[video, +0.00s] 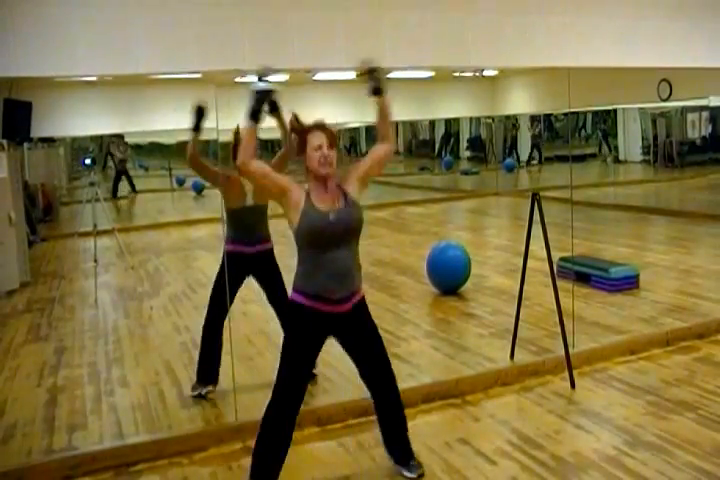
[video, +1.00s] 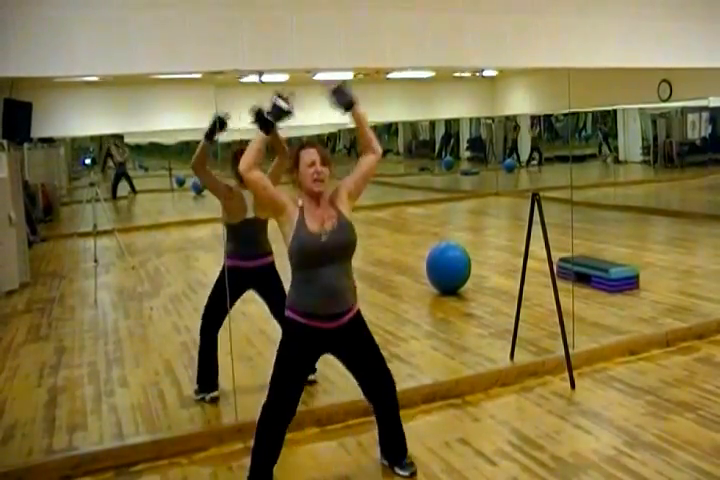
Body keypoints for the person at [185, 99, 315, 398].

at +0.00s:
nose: (238, 152)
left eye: (237, 147)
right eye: (241, 147)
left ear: (233, 152)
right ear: (255, 153)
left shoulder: (226, 179)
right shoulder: (267, 175)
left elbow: (193, 160)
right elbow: (289, 146)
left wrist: (196, 127)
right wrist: (279, 115)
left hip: (236, 257)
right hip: (264, 255)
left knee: (215, 316)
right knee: (285, 310)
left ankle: (207, 380)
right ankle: (304, 368)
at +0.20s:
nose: (239, 151)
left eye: (239, 147)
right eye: (243, 146)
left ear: (230, 152)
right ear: (254, 152)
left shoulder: (223, 176)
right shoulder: (265, 173)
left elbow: (190, 160)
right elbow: (292, 151)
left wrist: (189, 129)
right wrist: (292, 120)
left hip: (234, 254)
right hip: (262, 252)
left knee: (215, 316)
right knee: (284, 308)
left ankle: (205, 380)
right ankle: (304, 365)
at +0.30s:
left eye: (237, 135)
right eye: (250, 136)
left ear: (232, 141)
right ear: (255, 141)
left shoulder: (224, 170)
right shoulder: (268, 167)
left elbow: (194, 181)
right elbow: (296, 178)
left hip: (233, 238)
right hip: (260, 236)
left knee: (225, 302)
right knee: (276, 298)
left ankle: (219, 369)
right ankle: (294, 358)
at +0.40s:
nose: (248, 148)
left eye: (238, 143)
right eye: (250, 143)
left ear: (231, 147)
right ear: (253, 146)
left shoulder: (225, 179)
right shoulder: (267, 176)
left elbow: (207, 214)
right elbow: (284, 205)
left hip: (232, 247)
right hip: (261, 245)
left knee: (233, 309)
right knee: (266, 303)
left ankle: (239, 373)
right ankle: (273, 365)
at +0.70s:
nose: (247, 139)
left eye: (236, 135)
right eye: (250, 134)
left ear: (230, 138)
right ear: (253, 137)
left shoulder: (223, 170)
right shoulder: (266, 167)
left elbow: (201, 202)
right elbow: (281, 199)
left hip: (231, 241)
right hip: (260, 239)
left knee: (227, 301)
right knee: (269, 297)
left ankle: (231, 366)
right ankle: (276, 358)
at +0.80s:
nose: (256, 144)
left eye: (254, 140)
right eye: (252, 140)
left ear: (226, 146)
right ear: (248, 144)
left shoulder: (222, 173)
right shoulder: (264, 167)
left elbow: (189, 180)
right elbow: (296, 159)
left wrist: (179, 170)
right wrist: (294, 127)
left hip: (232, 244)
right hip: (261, 243)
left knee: (220, 305)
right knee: (277, 301)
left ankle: (216, 370)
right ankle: (291, 361)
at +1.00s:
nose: (241, 168)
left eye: (238, 163)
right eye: (244, 162)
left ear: (233, 168)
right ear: (255, 167)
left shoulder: (228, 194)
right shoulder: (267, 190)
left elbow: (198, 167)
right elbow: (284, 156)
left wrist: (208, 137)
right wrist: (270, 129)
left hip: (235, 271)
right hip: (265, 269)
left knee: (209, 325)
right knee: (288, 320)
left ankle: (208, 386)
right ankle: (305, 369)